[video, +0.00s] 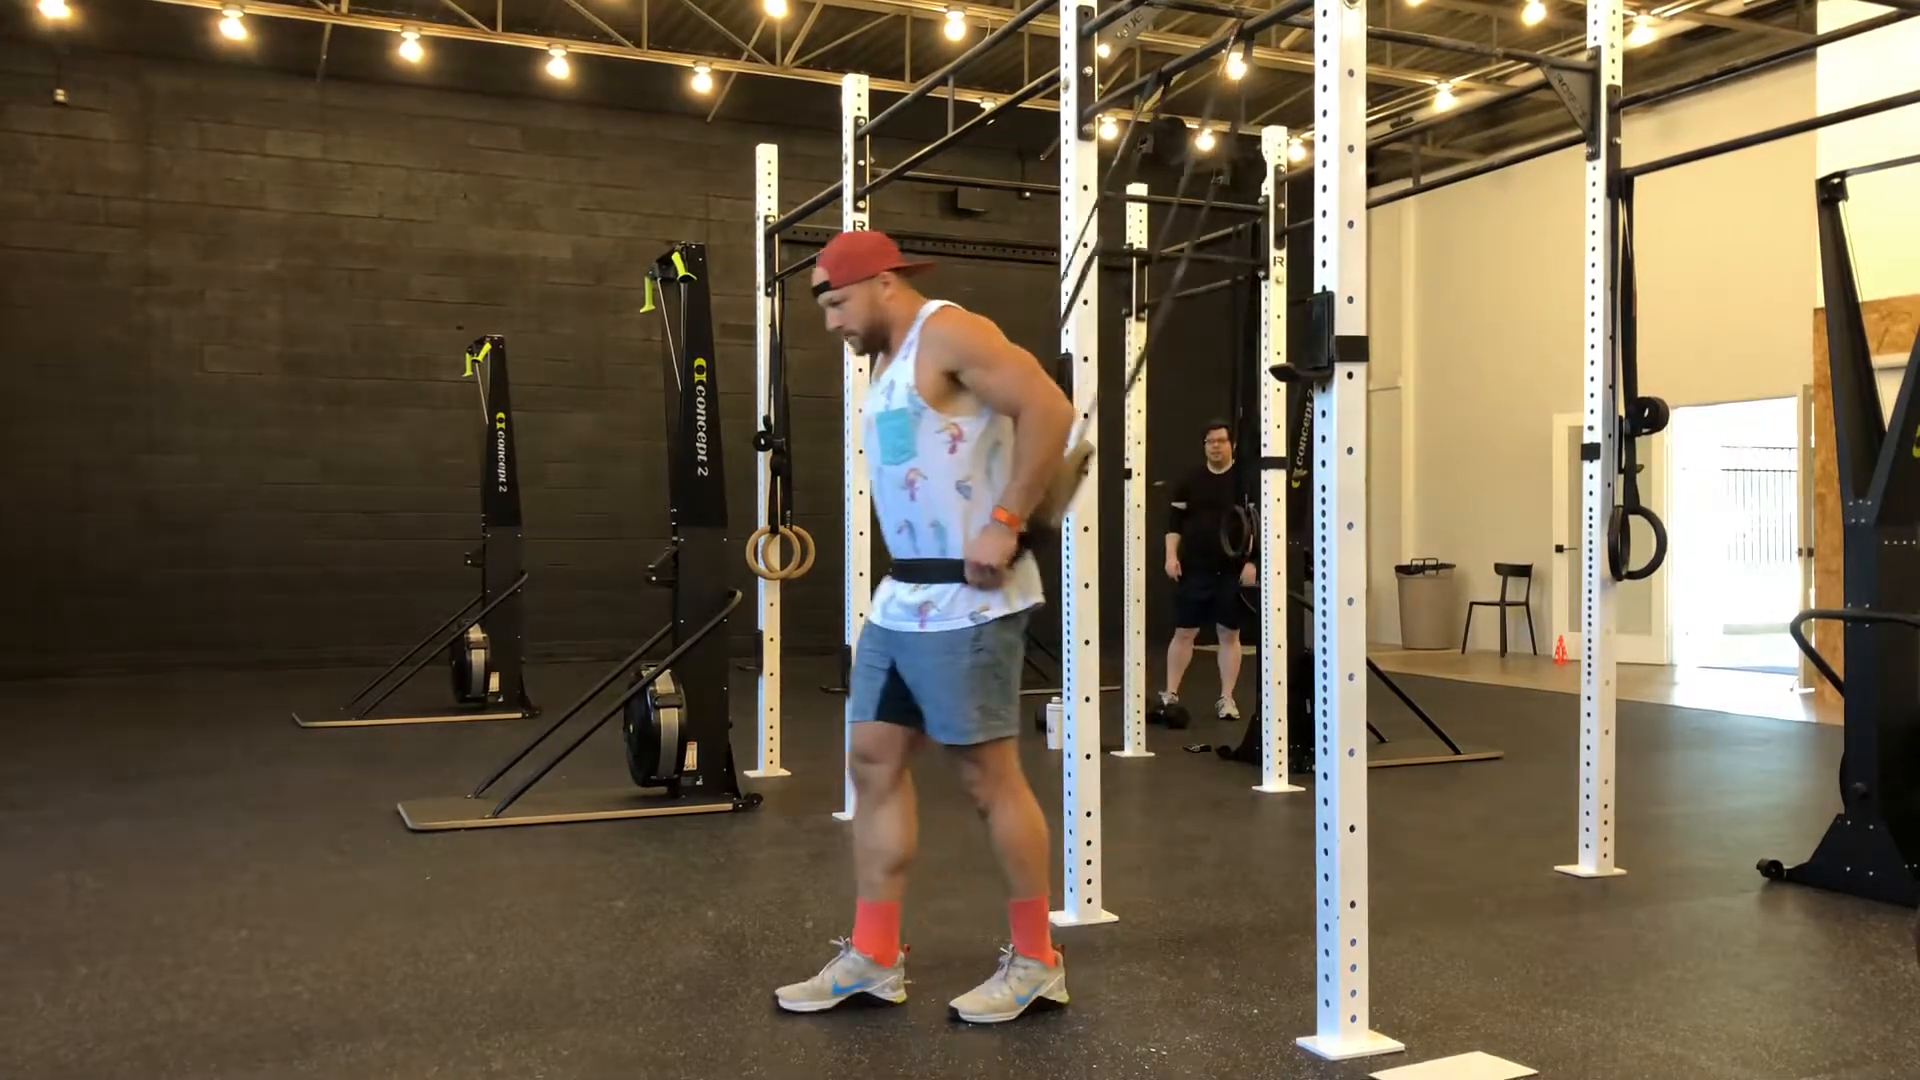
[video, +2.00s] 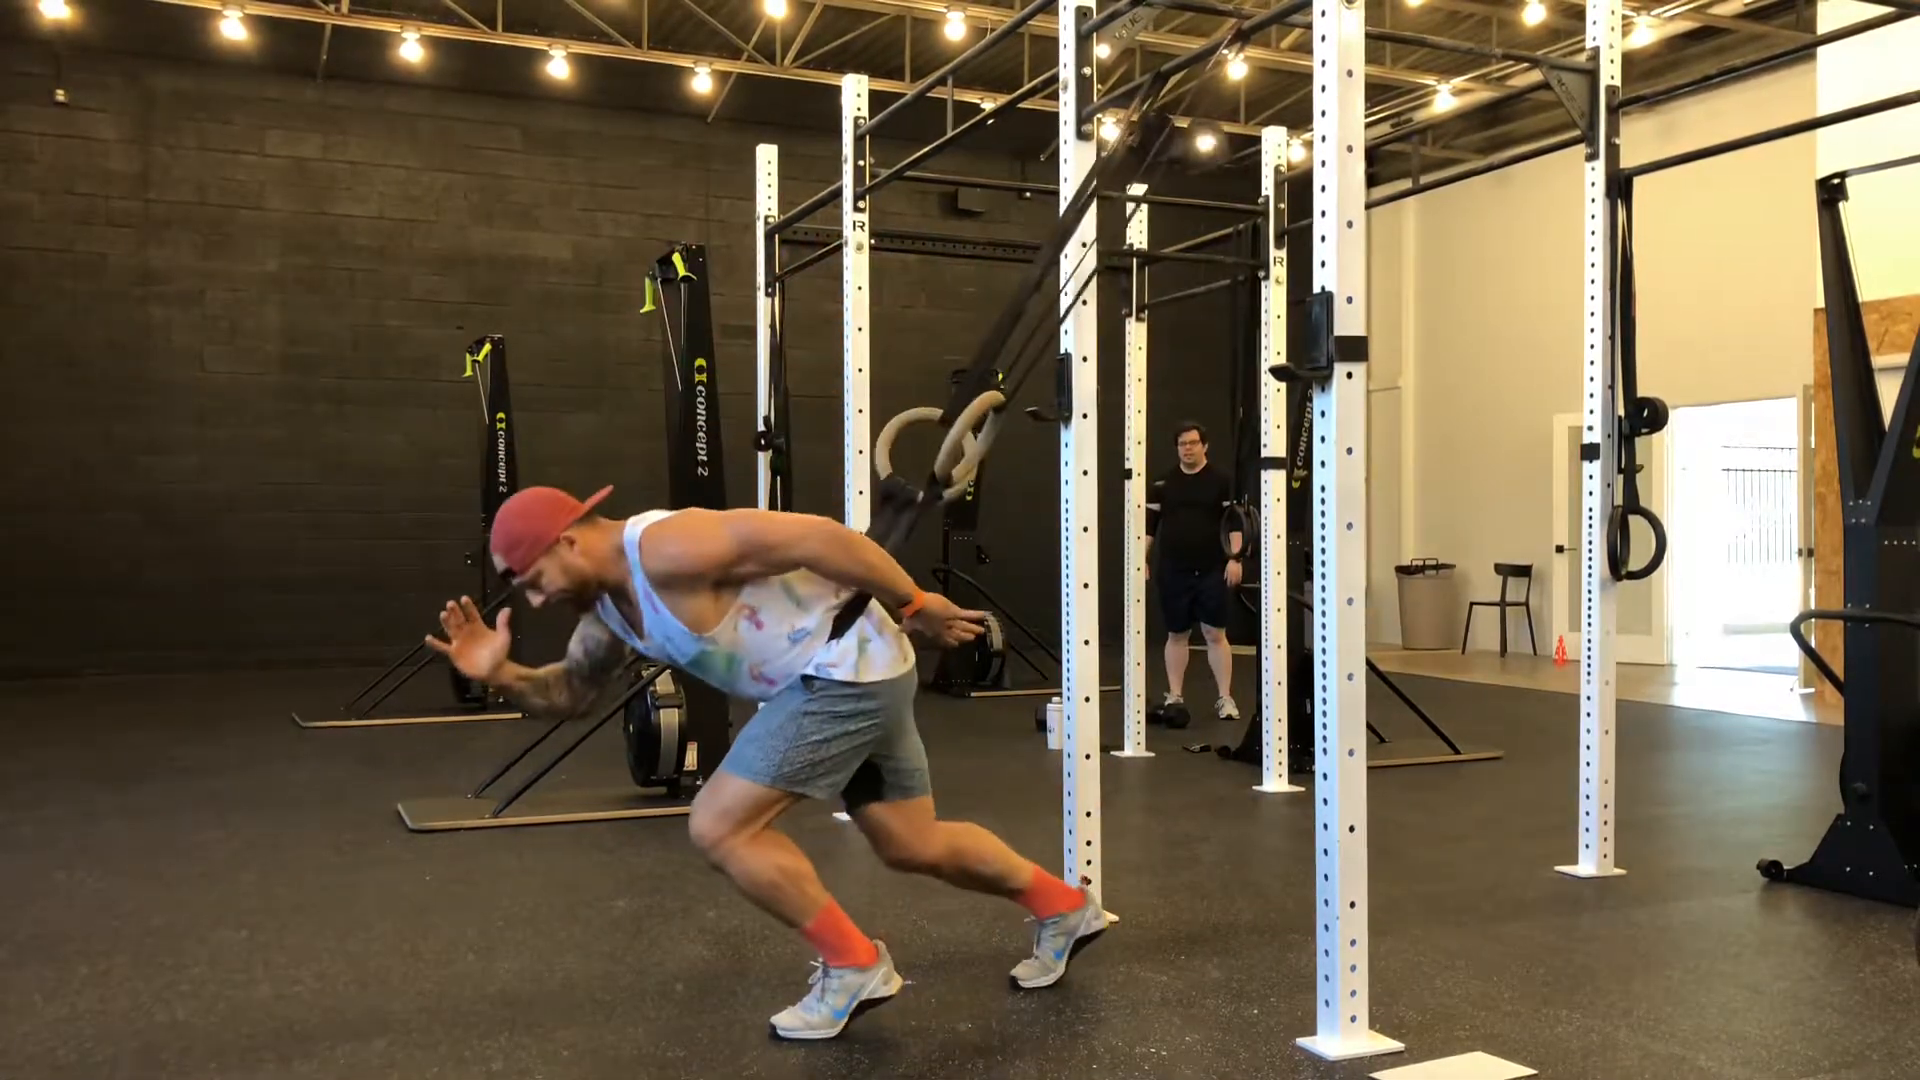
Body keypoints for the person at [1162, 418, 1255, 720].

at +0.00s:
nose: (1216, 447)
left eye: (1221, 441)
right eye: (1210, 442)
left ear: (1232, 444)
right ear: (1203, 446)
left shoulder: (1245, 478)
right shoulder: (1190, 480)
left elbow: (1260, 523)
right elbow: (1174, 522)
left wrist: (1253, 561)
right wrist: (1171, 555)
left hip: (1231, 570)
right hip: (1193, 567)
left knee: (1229, 633)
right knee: (1184, 632)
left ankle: (1227, 698)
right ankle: (1170, 694)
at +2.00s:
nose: (1187, 449)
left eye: (1192, 443)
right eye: (1182, 444)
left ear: (1204, 446)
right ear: (1176, 448)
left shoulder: (1220, 481)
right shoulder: (1164, 484)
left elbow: (1234, 522)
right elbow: (1149, 526)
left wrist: (1235, 557)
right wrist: (1142, 559)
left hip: (1211, 570)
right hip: (1173, 570)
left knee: (1215, 634)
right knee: (1177, 634)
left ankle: (1225, 698)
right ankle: (1174, 696)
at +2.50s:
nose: (1184, 448)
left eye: (1189, 443)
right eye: (1179, 444)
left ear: (1202, 446)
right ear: (1173, 448)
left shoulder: (1218, 481)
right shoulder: (1162, 484)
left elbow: (1233, 522)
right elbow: (1148, 526)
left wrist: (1232, 558)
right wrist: (1142, 560)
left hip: (1210, 570)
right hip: (1172, 570)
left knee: (1214, 634)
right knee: (1176, 634)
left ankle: (1224, 698)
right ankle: (1174, 696)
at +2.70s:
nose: (1183, 448)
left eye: (1189, 443)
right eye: (1179, 444)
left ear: (1202, 446)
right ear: (1173, 448)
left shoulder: (1218, 481)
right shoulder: (1162, 483)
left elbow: (1233, 522)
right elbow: (1147, 526)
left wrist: (1233, 558)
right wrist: (1142, 562)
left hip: (1209, 570)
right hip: (1171, 570)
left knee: (1213, 633)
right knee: (1175, 634)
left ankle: (1224, 698)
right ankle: (1174, 696)